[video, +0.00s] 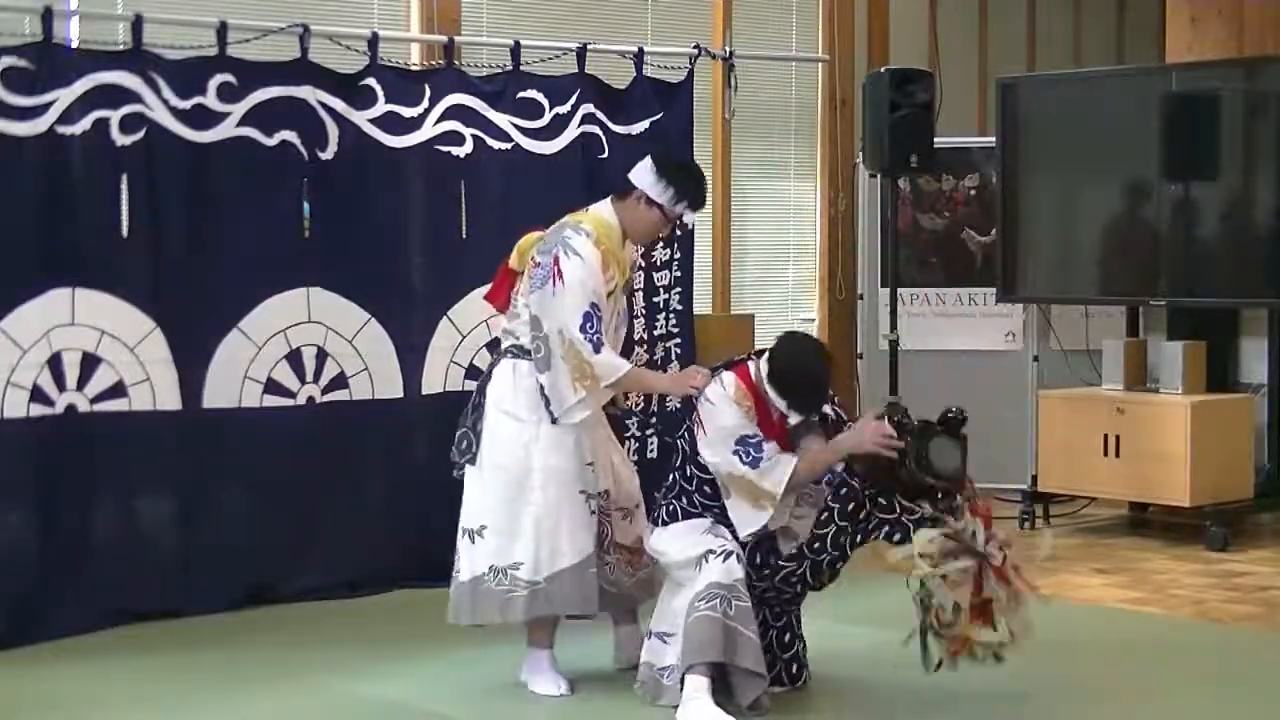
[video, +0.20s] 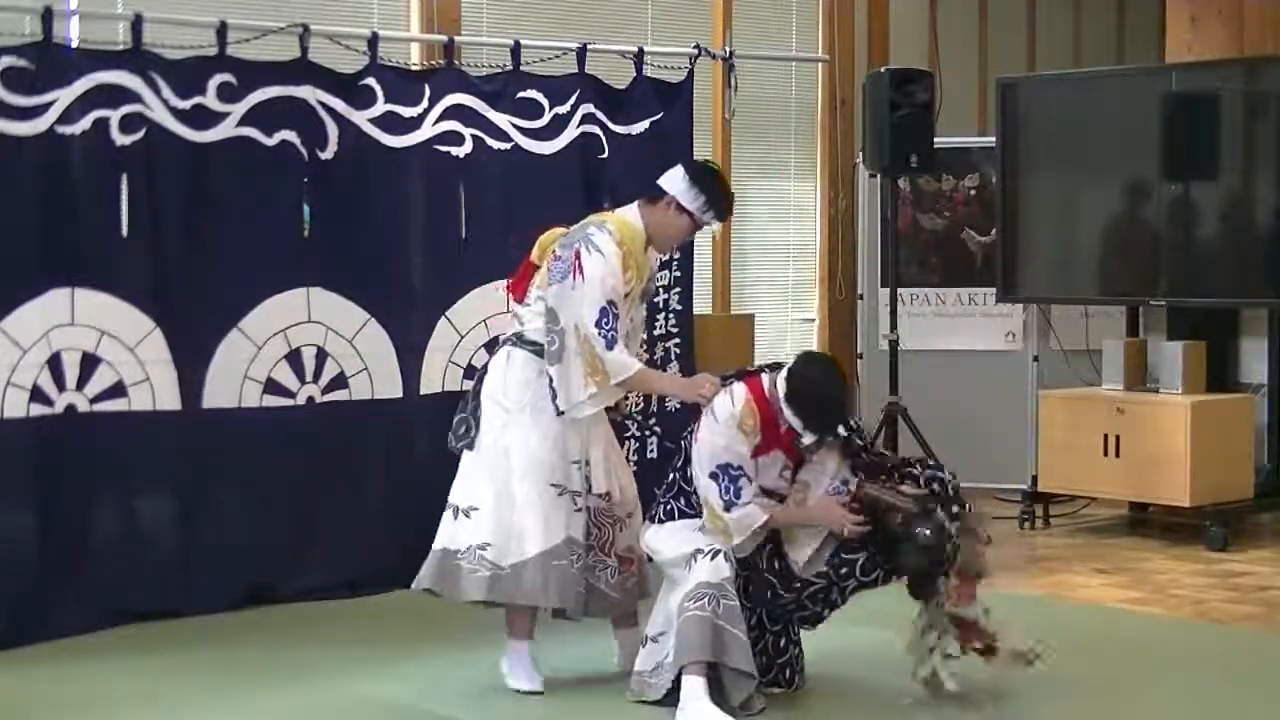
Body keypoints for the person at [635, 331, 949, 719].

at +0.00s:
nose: (793, 417)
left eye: (804, 412)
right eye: (786, 408)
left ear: (818, 391)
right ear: (767, 381)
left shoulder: (811, 396)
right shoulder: (721, 396)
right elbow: (775, 475)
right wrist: (846, 442)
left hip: (746, 518)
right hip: (689, 516)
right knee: (723, 561)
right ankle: (696, 688)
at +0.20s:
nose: (816, 436)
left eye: (825, 428)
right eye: (808, 427)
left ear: (839, 402)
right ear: (784, 400)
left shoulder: (829, 411)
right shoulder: (731, 411)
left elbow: (837, 475)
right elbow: (736, 510)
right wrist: (811, 514)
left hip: (792, 533)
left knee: (882, 555)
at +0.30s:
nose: (821, 447)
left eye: (831, 440)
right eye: (815, 437)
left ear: (845, 414)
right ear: (792, 409)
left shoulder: (833, 418)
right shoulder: (738, 417)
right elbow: (733, 509)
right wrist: (813, 513)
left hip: (780, 529)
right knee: (778, 676)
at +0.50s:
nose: (826, 449)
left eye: (836, 446)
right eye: (822, 436)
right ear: (806, 403)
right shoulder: (748, 404)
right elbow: (729, 503)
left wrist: (809, 543)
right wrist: (797, 535)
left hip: (756, 526)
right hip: (681, 518)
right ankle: (688, 693)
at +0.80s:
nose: (853, 388)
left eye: (855, 376)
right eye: (844, 376)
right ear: (811, 365)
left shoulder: (832, 422)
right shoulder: (756, 389)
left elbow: (822, 494)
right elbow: (718, 465)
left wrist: (812, 560)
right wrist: (723, 546)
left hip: (752, 506)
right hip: (692, 499)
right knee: (684, 571)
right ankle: (690, 690)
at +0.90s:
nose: (842, 343)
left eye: (844, 331)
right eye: (831, 333)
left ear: (848, 331)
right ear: (795, 336)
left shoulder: (831, 401)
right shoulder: (747, 383)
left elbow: (828, 480)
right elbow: (713, 458)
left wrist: (813, 543)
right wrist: (730, 532)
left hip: (763, 515)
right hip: (692, 510)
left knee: (809, 574)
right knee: (691, 570)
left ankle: (797, 673)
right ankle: (693, 689)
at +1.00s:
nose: (819, 308)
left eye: (819, 297)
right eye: (807, 299)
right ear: (771, 312)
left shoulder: (824, 371)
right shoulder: (736, 364)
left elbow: (837, 444)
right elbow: (709, 440)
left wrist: (814, 499)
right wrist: (767, 488)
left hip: (792, 512)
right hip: (726, 508)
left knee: (849, 573)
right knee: (705, 562)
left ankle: (799, 671)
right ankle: (695, 681)